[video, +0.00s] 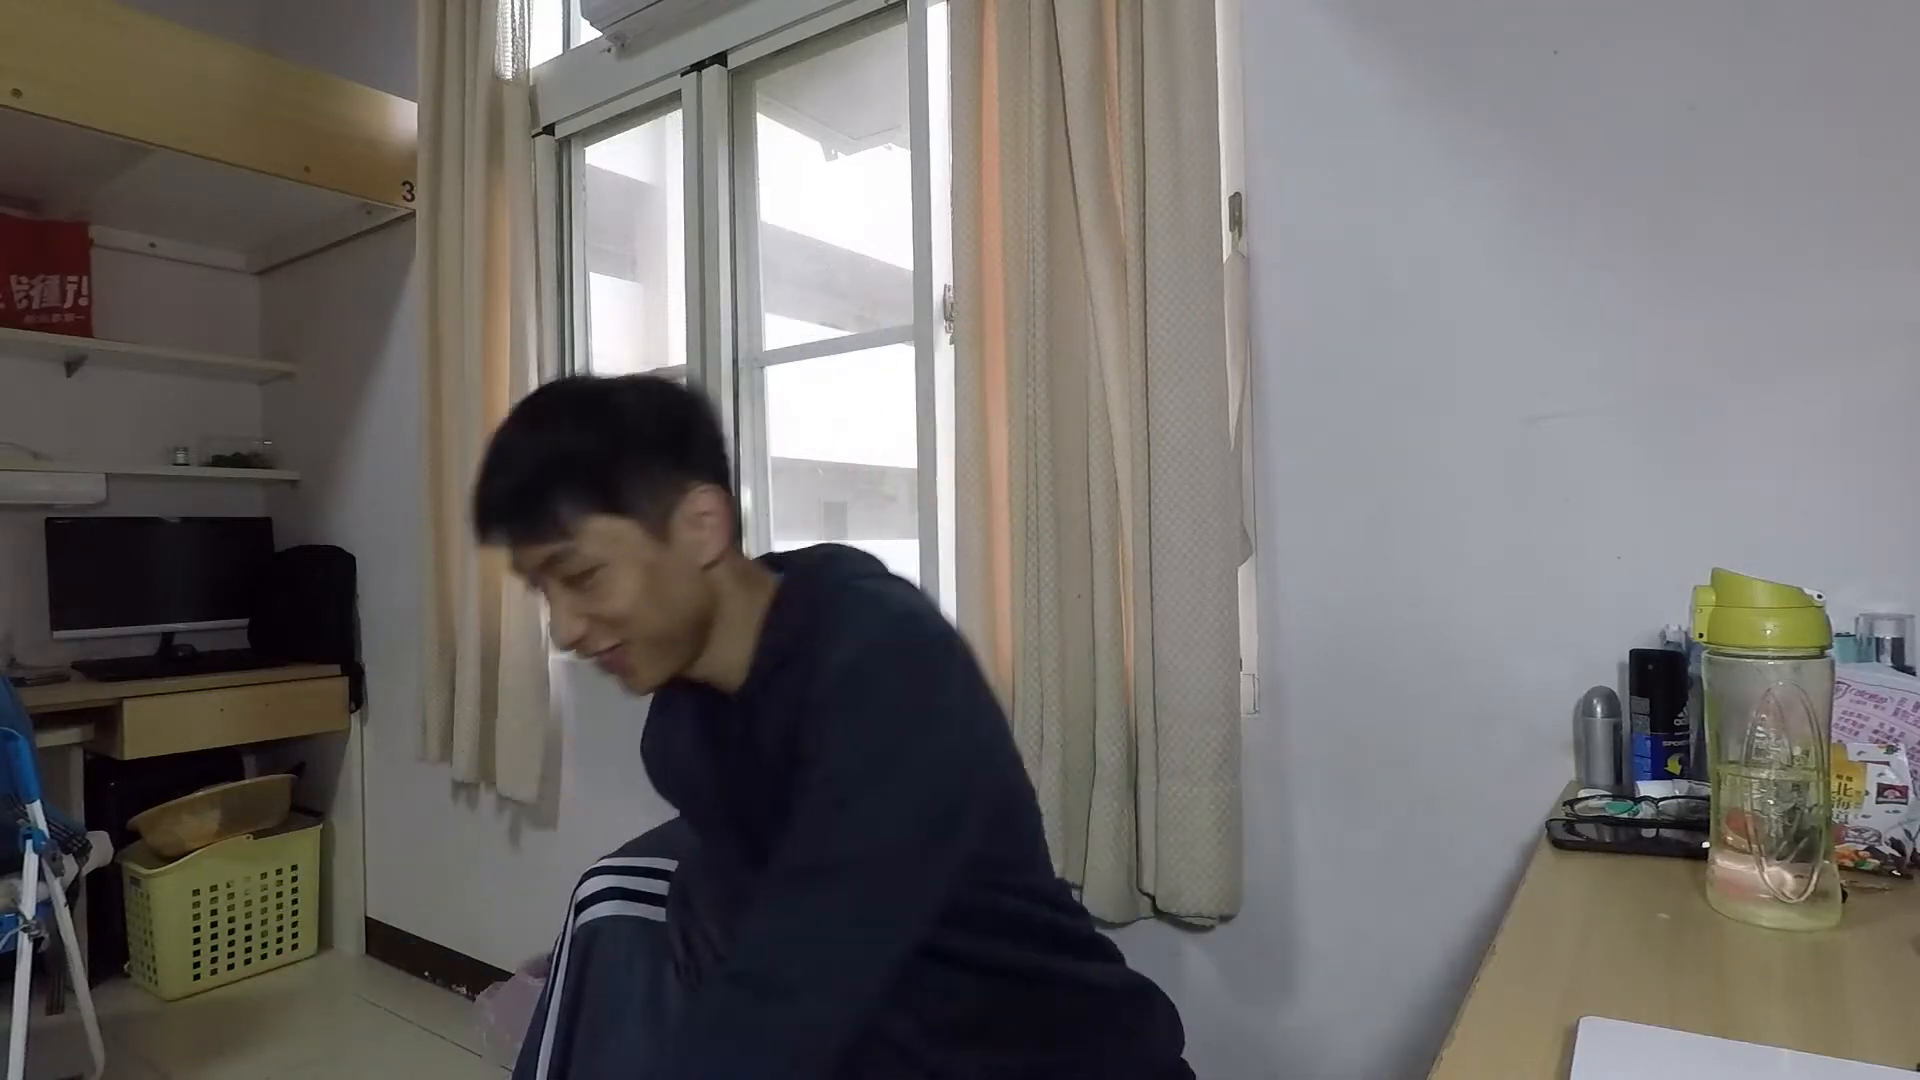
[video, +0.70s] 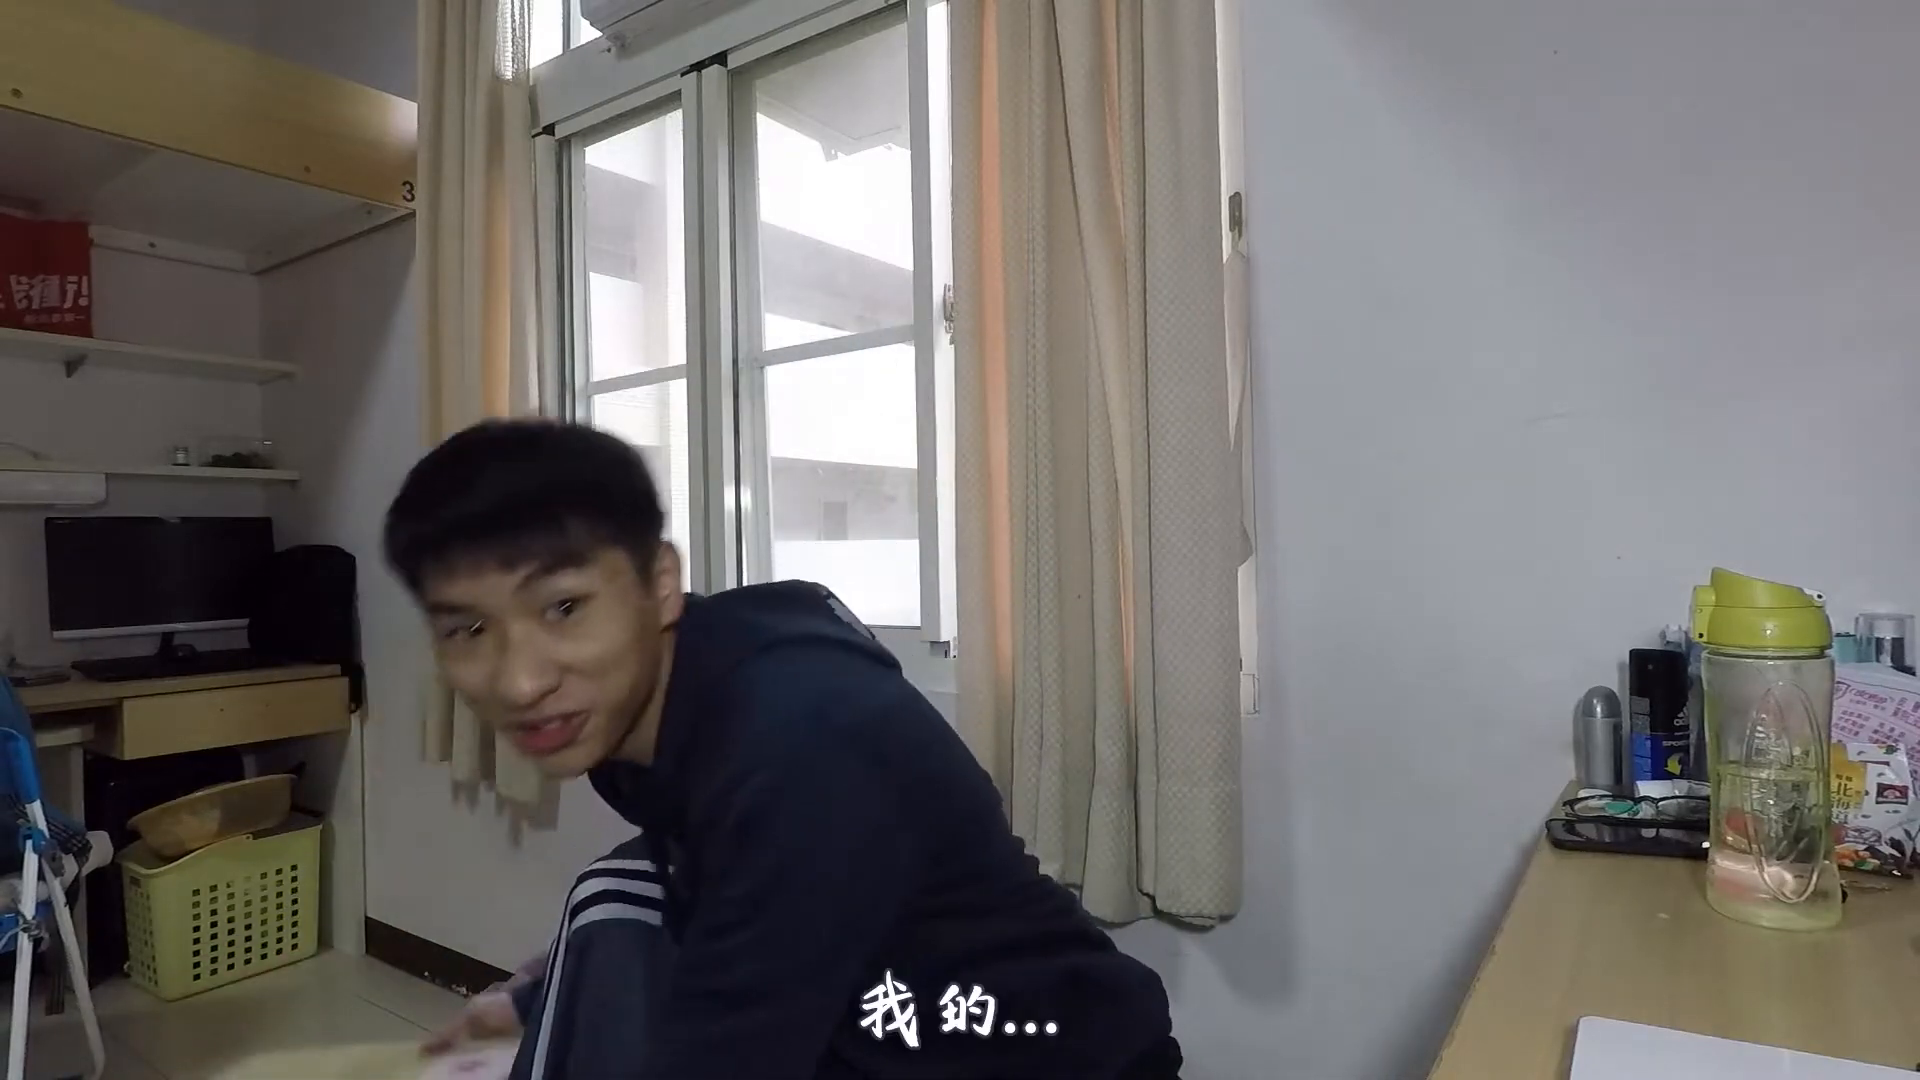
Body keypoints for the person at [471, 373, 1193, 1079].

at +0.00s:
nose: (564, 630)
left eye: (581, 576)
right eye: (541, 592)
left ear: (704, 526)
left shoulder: (882, 656)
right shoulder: (681, 732)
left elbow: (791, 1003)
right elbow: (741, 958)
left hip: (1060, 1045)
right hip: (890, 1039)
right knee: (617, 895)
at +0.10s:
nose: (485, 668)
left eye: (501, 612)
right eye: (462, 633)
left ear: (629, 563)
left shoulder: (795, 683)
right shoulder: (675, 729)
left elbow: (668, 1026)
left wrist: (575, 989)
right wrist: (570, 981)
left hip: (1061, 1050)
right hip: (931, 1045)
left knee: (620, 898)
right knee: (623, 886)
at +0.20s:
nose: (421, 716)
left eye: (440, 651)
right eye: (393, 681)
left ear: (572, 598)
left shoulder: (703, 764)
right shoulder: (716, 684)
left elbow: (560, 1068)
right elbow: (628, 903)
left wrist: (538, 1015)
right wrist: (553, 997)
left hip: (1028, 1060)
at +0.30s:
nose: (380, 758)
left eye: (398, 690)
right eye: (347, 724)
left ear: (540, 630)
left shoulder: (658, 812)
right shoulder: (694, 688)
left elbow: (564, 1063)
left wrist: (536, 1012)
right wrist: (565, 995)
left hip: (1036, 1054)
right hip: (1079, 1016)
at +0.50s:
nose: (415, 767)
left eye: (446, 690)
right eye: (366, 726)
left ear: (566, 634)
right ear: (344, 736)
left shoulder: (707, 789)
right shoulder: (673, 701)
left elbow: (581, 1061)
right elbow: (597, 927)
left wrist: (535, 1022)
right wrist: (551, 1005)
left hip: (1054, 1052)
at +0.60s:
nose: (461, 732)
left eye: (497, 655)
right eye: (406, 689)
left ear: (607, 615)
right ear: (380, 709)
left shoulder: (748, 772)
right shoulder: (649, 722)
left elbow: (673, 1061)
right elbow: (631, 916)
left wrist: (526, 1035)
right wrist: (555, 1011)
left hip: (1059, 1052)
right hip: (924, 1039)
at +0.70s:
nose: (521, 681)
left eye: (564, 608)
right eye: (468, 631)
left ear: (663, 590)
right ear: (437, 648)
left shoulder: (801, 735)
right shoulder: (639, 714)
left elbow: (729, 1050)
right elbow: (680, 883)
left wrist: (540, 1052)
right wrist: (539, 996)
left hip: (1059, 1051)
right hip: (899, 1035)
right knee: (616, 885)